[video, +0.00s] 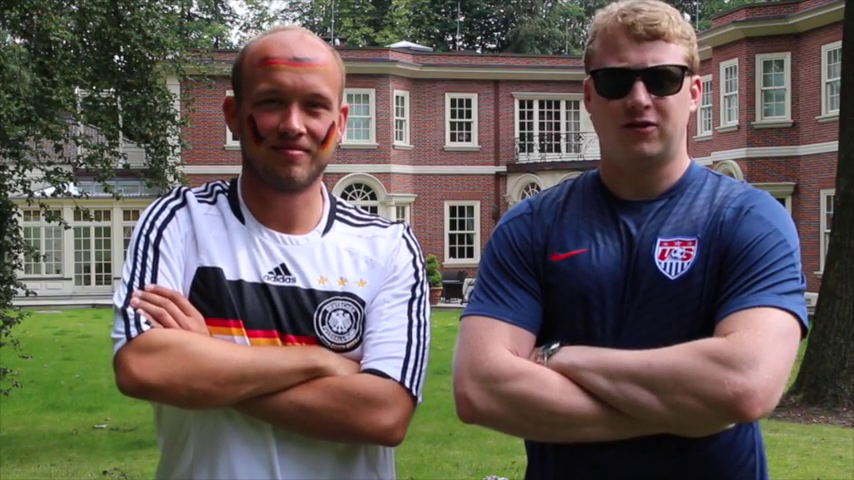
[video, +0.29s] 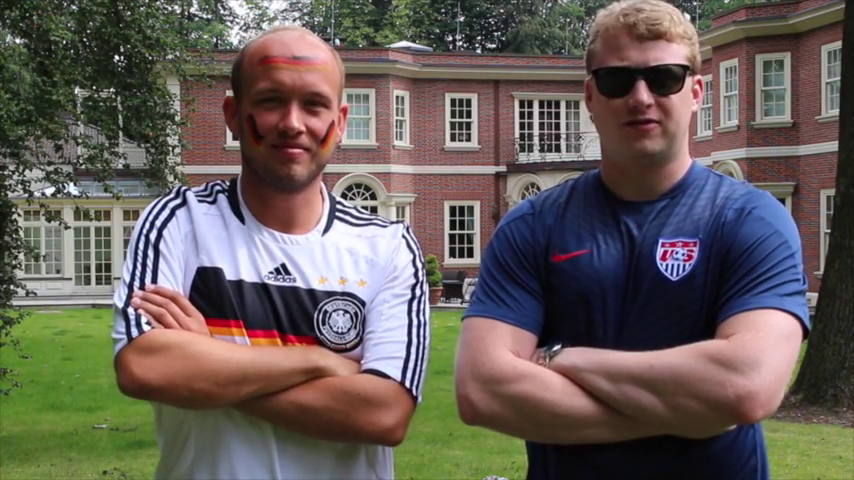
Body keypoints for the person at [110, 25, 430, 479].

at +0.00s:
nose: (293, 125)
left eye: (315, 106)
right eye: (272, 103)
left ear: (340, 122)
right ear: (234, 115)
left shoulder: (389, 247)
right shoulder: (175, 221)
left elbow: (386, 417)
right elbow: (139, 367)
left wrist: (210, 366)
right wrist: (322, 361)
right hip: (203, 474)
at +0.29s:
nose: (293, 124)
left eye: (314, 104)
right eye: (271, 102)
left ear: (339, 122)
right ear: (233, 115)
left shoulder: (389, 247)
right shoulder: (175, 220)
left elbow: (387, 417)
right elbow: (140, 368)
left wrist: (211, 367)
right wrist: (322, 361)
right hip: (203, 474)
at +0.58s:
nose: (293, 125)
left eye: (315, 105)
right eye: (271, 102)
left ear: (339, 123)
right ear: (234, 115)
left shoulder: (388, 247)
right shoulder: (175, 220)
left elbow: (386, 417)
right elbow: (139, 368)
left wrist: (211, 367)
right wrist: (321, 362)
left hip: (343, 475)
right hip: (202, 473)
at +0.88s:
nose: (291, 124)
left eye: (312, 105)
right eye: (269, 102)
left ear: (337, 124)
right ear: (231, 116)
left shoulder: (387, 248)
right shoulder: (172, 223)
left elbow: (386, 419)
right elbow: (140, 374)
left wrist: (211, 371)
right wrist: (321, 364)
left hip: (343, 475)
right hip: (202, 473)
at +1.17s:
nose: (293, 125)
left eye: (314, 105)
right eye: (270, 102)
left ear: (338, 124)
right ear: (232, 117)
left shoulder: (387, 249)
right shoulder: (174, 222)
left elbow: (386, 421)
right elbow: (140, 374)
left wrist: (211, 372)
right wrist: (321, 365)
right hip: (201, 473)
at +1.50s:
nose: (293, 125)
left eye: (315, 105)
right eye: (271, 102)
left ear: (339, 124)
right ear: (233, 117)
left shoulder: (388, 249)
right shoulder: (175, 220)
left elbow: (384, 422)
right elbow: (139, 373)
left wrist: (211, 372)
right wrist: (318, 366)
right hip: (200, 473)